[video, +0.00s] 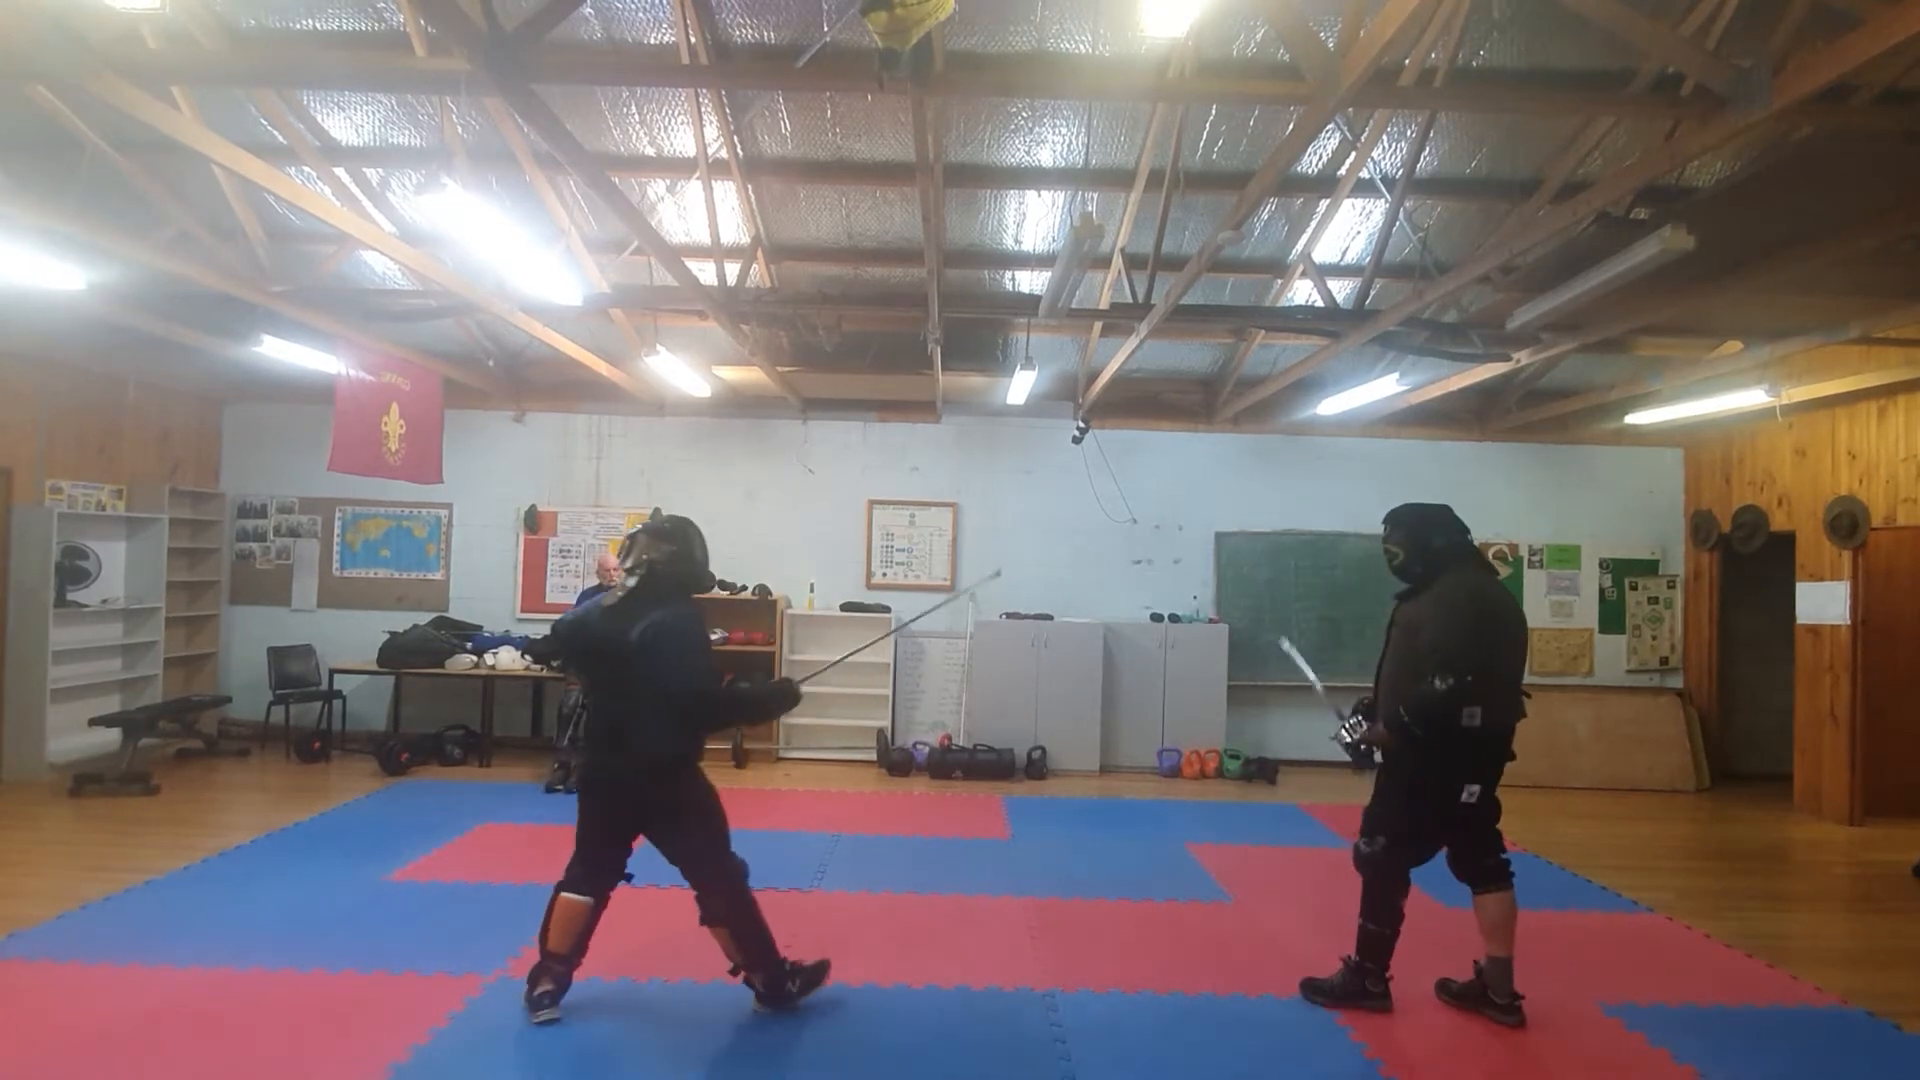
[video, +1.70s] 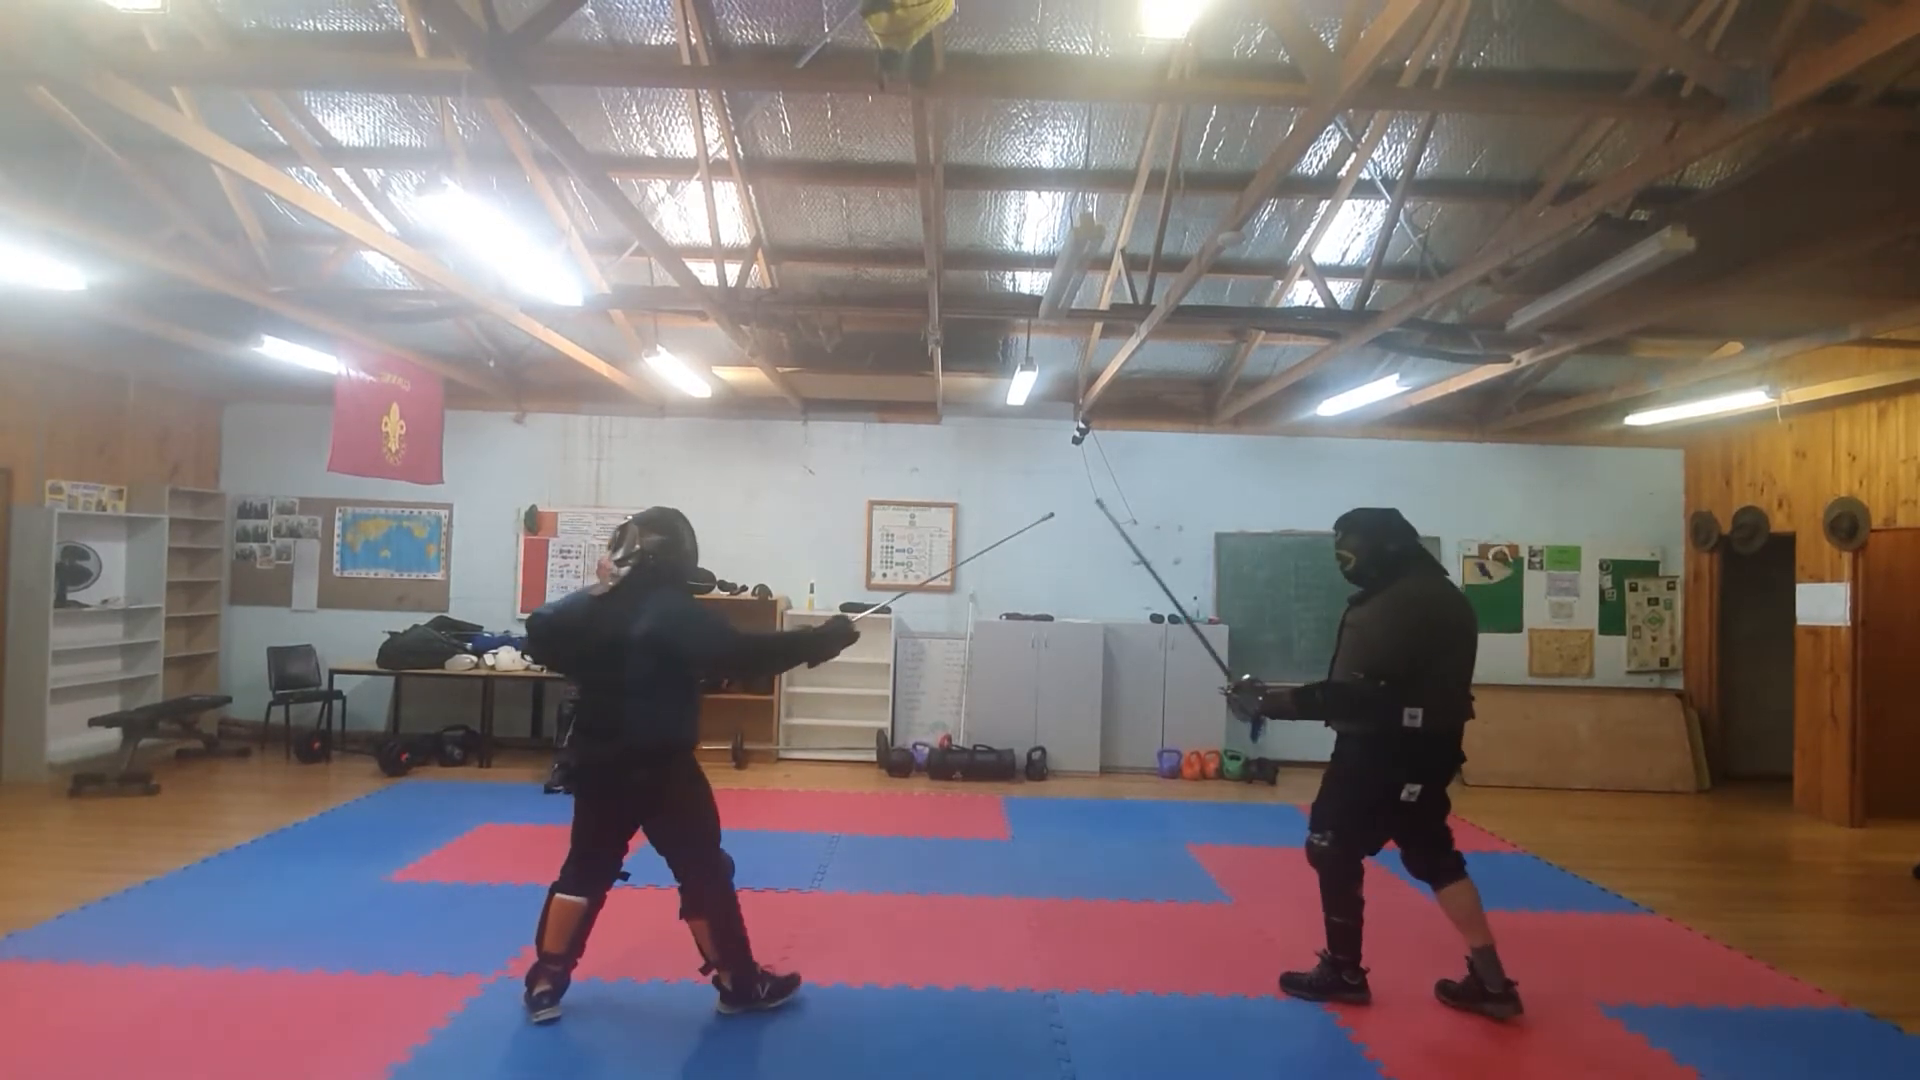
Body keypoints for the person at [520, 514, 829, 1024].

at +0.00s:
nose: (701, 572)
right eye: (698, 562)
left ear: (637, 560)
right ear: (687, 564)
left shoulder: (598, 615)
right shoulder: (677, 620)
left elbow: (549, 645)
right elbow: (696, 703)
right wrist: (774, 695)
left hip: (605, 780)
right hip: (668, 782)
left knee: (588, 874)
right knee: (718, 877)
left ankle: (546, 983)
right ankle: (770, 978)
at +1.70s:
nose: (692, 565)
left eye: (618, 551)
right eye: (688, 554)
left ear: (624, 555)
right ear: (682, 557)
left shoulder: (593, 612)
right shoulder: (685, 617)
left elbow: (539, 628)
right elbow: (750, 653)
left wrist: (592, 594)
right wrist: (829, 636)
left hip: (599, 773)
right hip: (668, 774)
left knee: (584, 868)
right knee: (704, 872)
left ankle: (544, 985)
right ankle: (739, 983)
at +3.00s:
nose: (731, 571)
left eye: (664, 555)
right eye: (728, 561)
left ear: (663, 555)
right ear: (723, 560)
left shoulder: (626, 612)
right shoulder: (725, 618)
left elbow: (574, 637)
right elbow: (782, 664)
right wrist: (858, 660)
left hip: (645, 776)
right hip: (716, 778)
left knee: (626, 871)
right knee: (755, 873)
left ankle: (591, 986)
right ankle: (769, 990)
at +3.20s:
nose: (757, 565)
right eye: (755, 555)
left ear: (691, 552)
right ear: (747, 555)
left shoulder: (651, 609)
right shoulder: (753, 608)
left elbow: (593, 626)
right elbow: (821, 632)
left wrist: (603, 593)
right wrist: (900, 620)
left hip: (663, 773)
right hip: (738, 773)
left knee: (635, 871)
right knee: (767, 871)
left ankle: (593, 988)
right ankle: (769, 992)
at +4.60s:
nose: (813, 568)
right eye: (810, 558)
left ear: (744, 556)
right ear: (802, 560)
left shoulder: (707, 613)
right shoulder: (805, 610)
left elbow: (663, 633)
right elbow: (871, 623)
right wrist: (953, 605)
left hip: (721, 781)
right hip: (792, 779)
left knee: (710, 880)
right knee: (852, 868)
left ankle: (670, 1000)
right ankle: (852, 997)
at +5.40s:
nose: (767, 580)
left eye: (767, 568)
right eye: (765, 566)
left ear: (705, 555)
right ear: (749, 560)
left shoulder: (671, 610)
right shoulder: (731, 613)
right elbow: (758, 689)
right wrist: (849, 685)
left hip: (676, 781)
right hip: (739, 781)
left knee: (660, 887)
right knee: (796, 877)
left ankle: (610, 1004)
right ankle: (843, 988)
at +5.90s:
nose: (829, 571)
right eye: (827, 561)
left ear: (764, 557)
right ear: (819, 563)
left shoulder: (728, 618)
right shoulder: (815, 618)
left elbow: (689, 632)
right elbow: (872, 662)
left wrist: (738, 602)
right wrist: (956, 651)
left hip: (737, 785)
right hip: (807, 785)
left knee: (731, 879)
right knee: (850, 885)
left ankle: (687, 1003)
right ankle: (857, 1008)